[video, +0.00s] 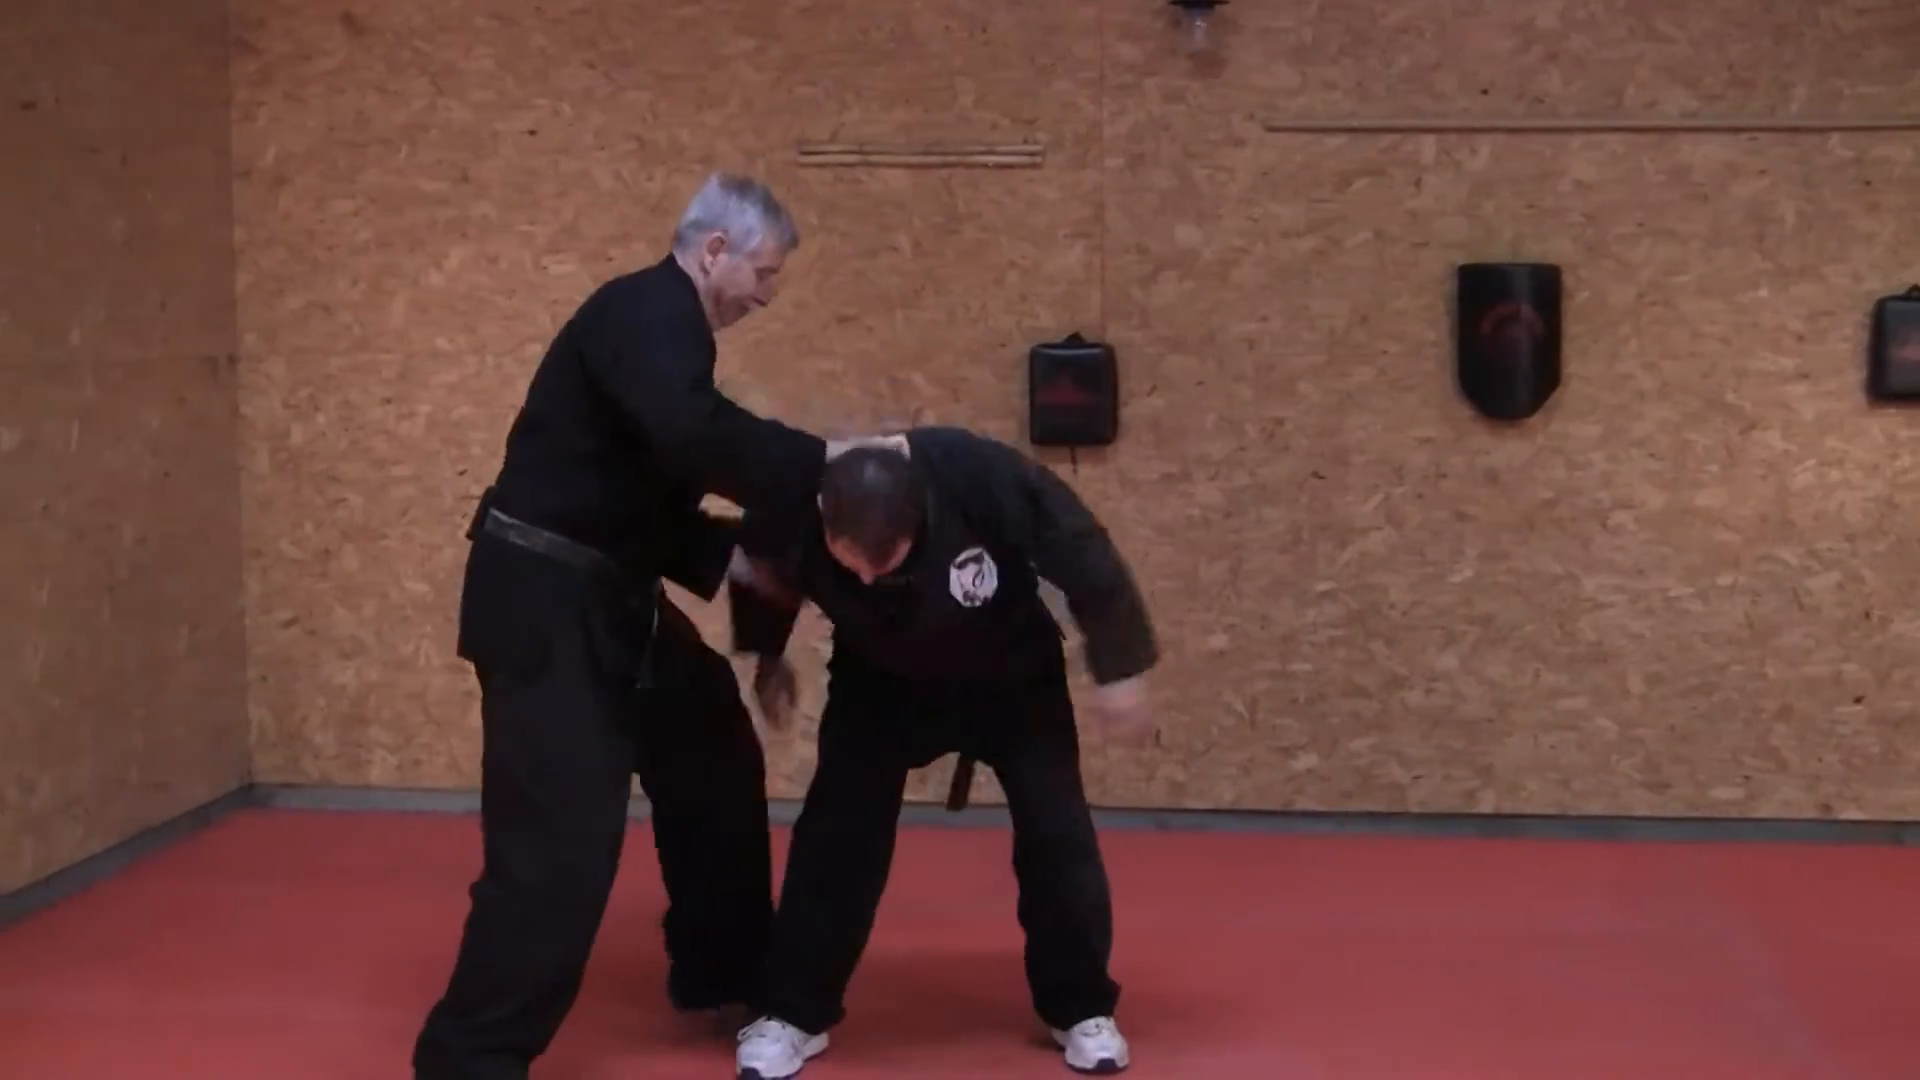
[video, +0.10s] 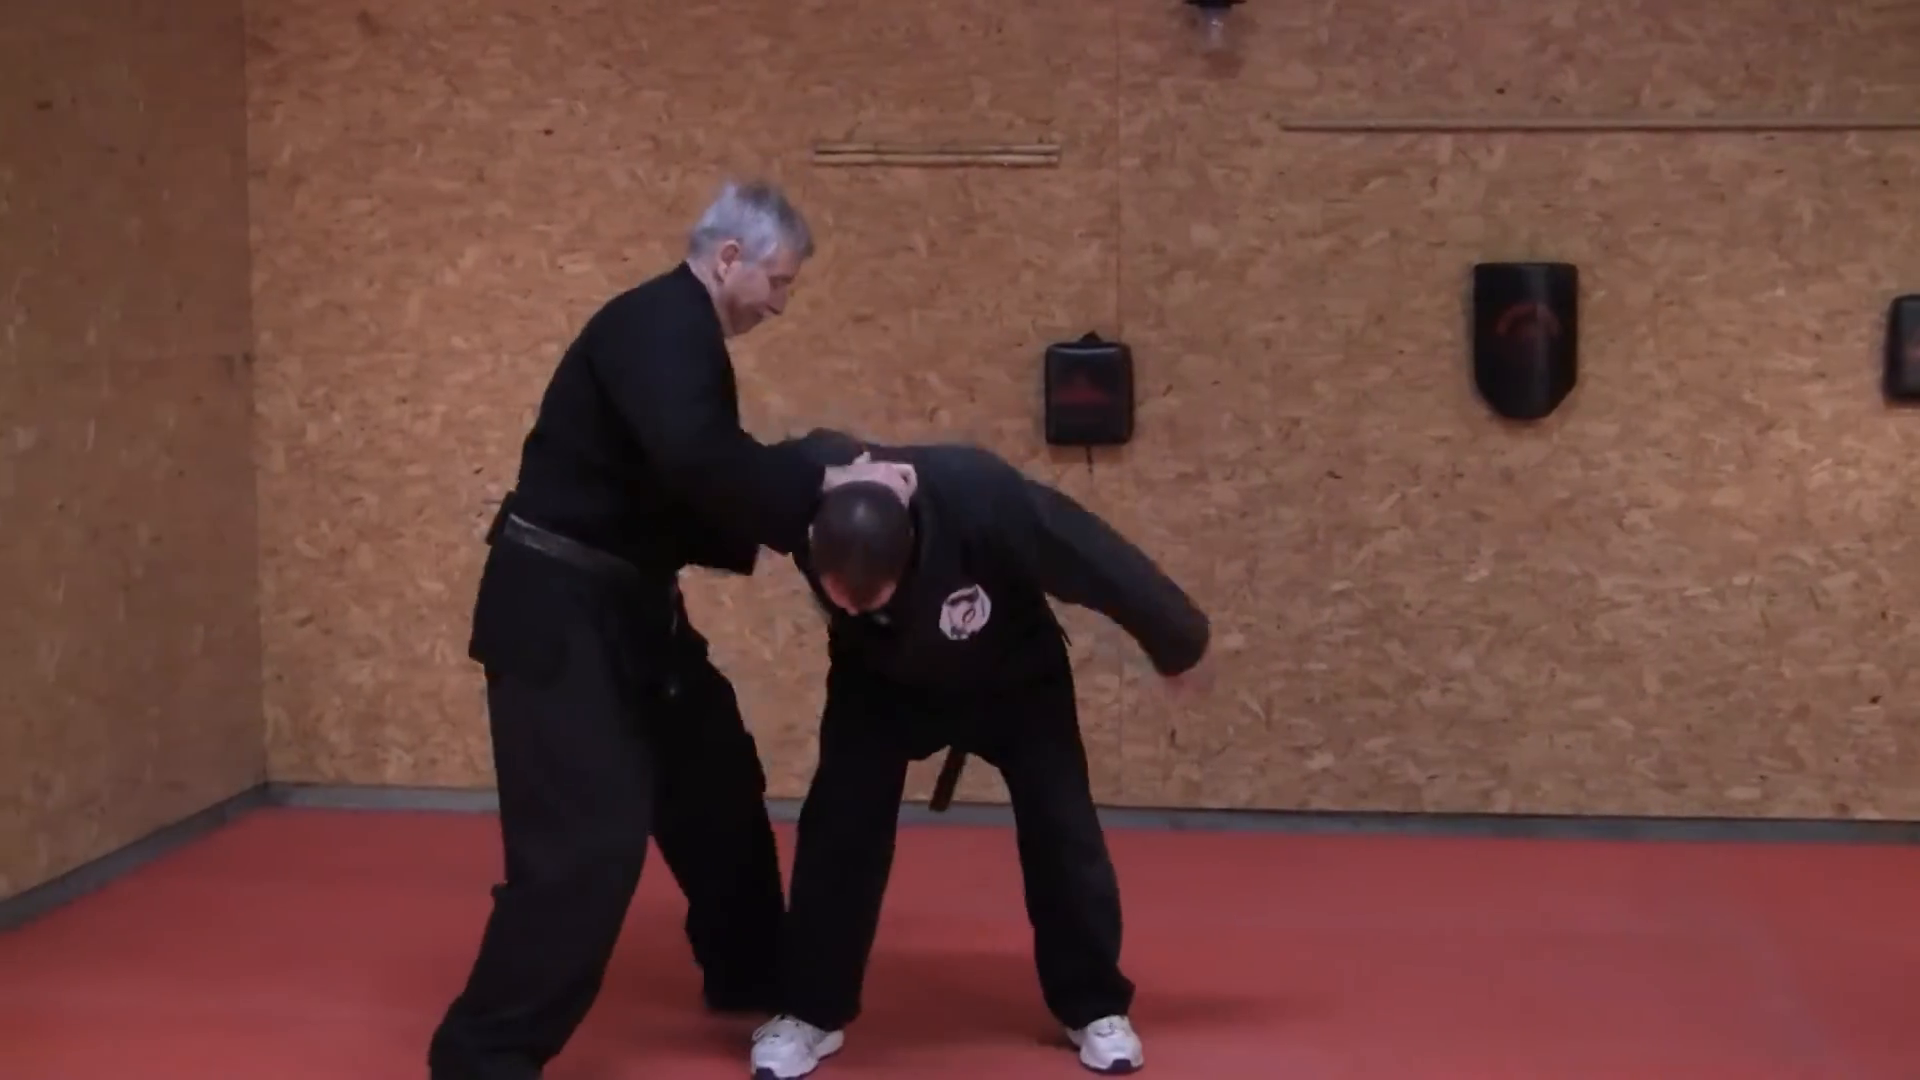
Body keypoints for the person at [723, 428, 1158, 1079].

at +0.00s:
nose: (867, 576)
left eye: (883, 564)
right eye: (851, 564)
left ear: (911, 526)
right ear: (824, 520)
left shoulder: (971, 474)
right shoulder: (796, 503)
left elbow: (1076, 545)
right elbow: (765, 568)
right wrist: (765, 650)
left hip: (1006, 666)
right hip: (880, 676)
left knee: (1057, 830)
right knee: (836, 830)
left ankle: (1082, 1010)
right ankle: (794, 1013)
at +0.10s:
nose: (850, 608)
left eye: (867, 600)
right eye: (838, 597)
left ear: (903, 554)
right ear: (819, 541)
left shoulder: (981, 503)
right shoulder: (791, 489)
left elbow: (1095, 559)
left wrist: (1177, 640)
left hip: (1008, 668)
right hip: (879, 672)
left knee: (1062, 832)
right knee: (837, 828)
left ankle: (1094, 1008)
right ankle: (811, 1012)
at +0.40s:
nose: (889, 623)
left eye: (901, 607)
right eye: (868, 613)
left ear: (920, 553)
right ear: (832, 569)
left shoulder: (976, 490)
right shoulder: (797, 547)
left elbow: (1068, 495)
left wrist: (1079, 616)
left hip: (1004, 657)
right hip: (879, 672)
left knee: (1073, 816)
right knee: (859, 831)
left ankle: (1123, 989)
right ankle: (847, 1011)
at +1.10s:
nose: (868, 521)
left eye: (870, 497)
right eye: (842, 518)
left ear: (872, 462)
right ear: (798, 517)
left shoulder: (923, 429)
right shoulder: (782, 545)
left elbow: (1009, 416)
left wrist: (1073, 511)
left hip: (1002, 624)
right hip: (883, 656)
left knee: (1051, 790)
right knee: (865, 817)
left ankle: (1086, 971)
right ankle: (859, 1011)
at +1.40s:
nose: (848, 413)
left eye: (851, 394)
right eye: (821, 414)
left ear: (871, 391)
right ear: (789, 444)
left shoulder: (939, 402)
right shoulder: (792, 515)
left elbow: (1020, 417)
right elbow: (735, 563)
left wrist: (1082, 502)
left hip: (1003, 623)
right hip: (885, 651)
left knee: (1051, 797)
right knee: (865, 821)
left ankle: (1080, 974)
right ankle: (855, 1010)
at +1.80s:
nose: (815, 283)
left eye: (816, 269)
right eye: (787, 285)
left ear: (846, 284)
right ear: (774, 338)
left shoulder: (951, 340)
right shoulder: (793, 442)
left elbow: (1037, 447)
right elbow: (765, 519)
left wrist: (982, 522)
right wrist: (782, 360)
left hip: (1006, 621)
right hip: (888, 642)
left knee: (1058, 807)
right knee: (870, 828)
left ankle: (1075, 980)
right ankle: (846, 1010)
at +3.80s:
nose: (907, 267)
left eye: (900, 252)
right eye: (879, 263)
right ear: (831, 304)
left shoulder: (947, 348)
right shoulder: (804, 401)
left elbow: (987, 436)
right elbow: (725, 495)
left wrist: (1004, 523)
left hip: (941, 626)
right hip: (826, 638)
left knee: (1001, 805)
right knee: (817, 828)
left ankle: (1036, 980)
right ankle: (808, 1012)